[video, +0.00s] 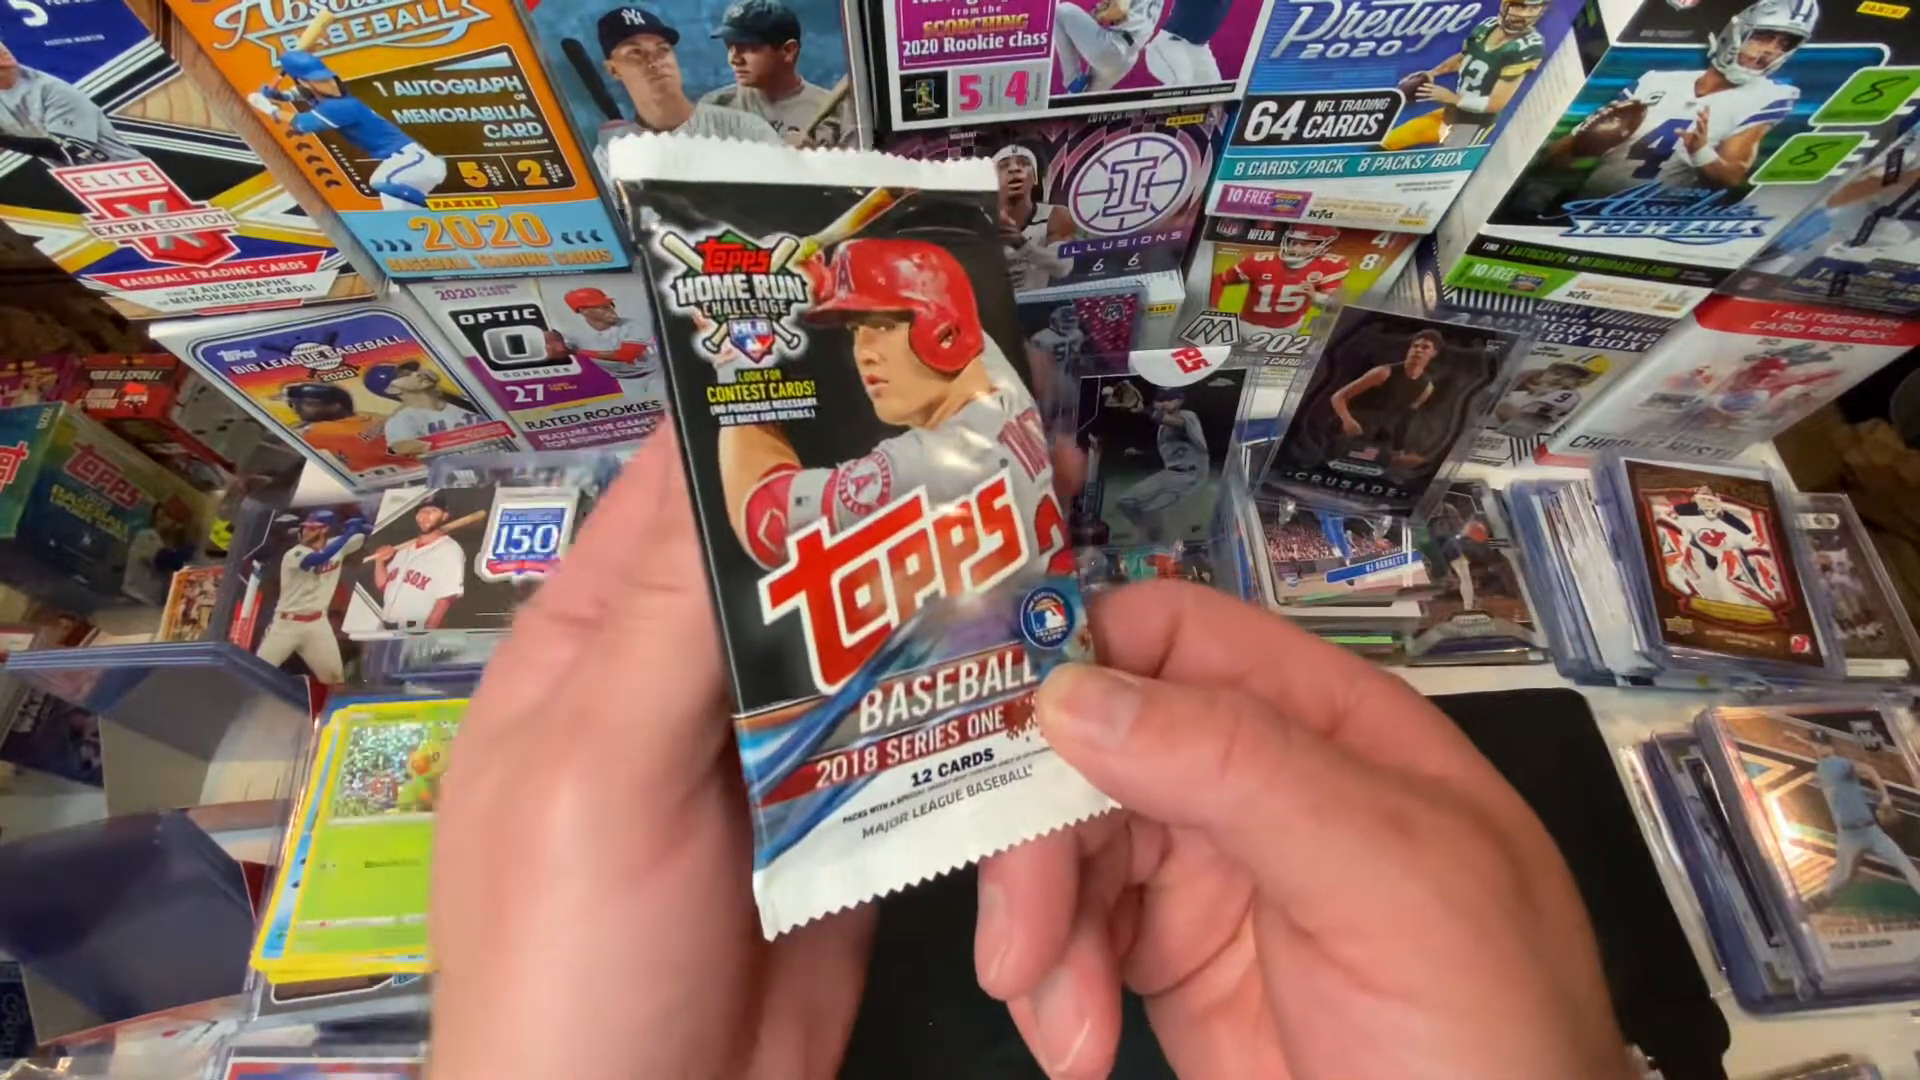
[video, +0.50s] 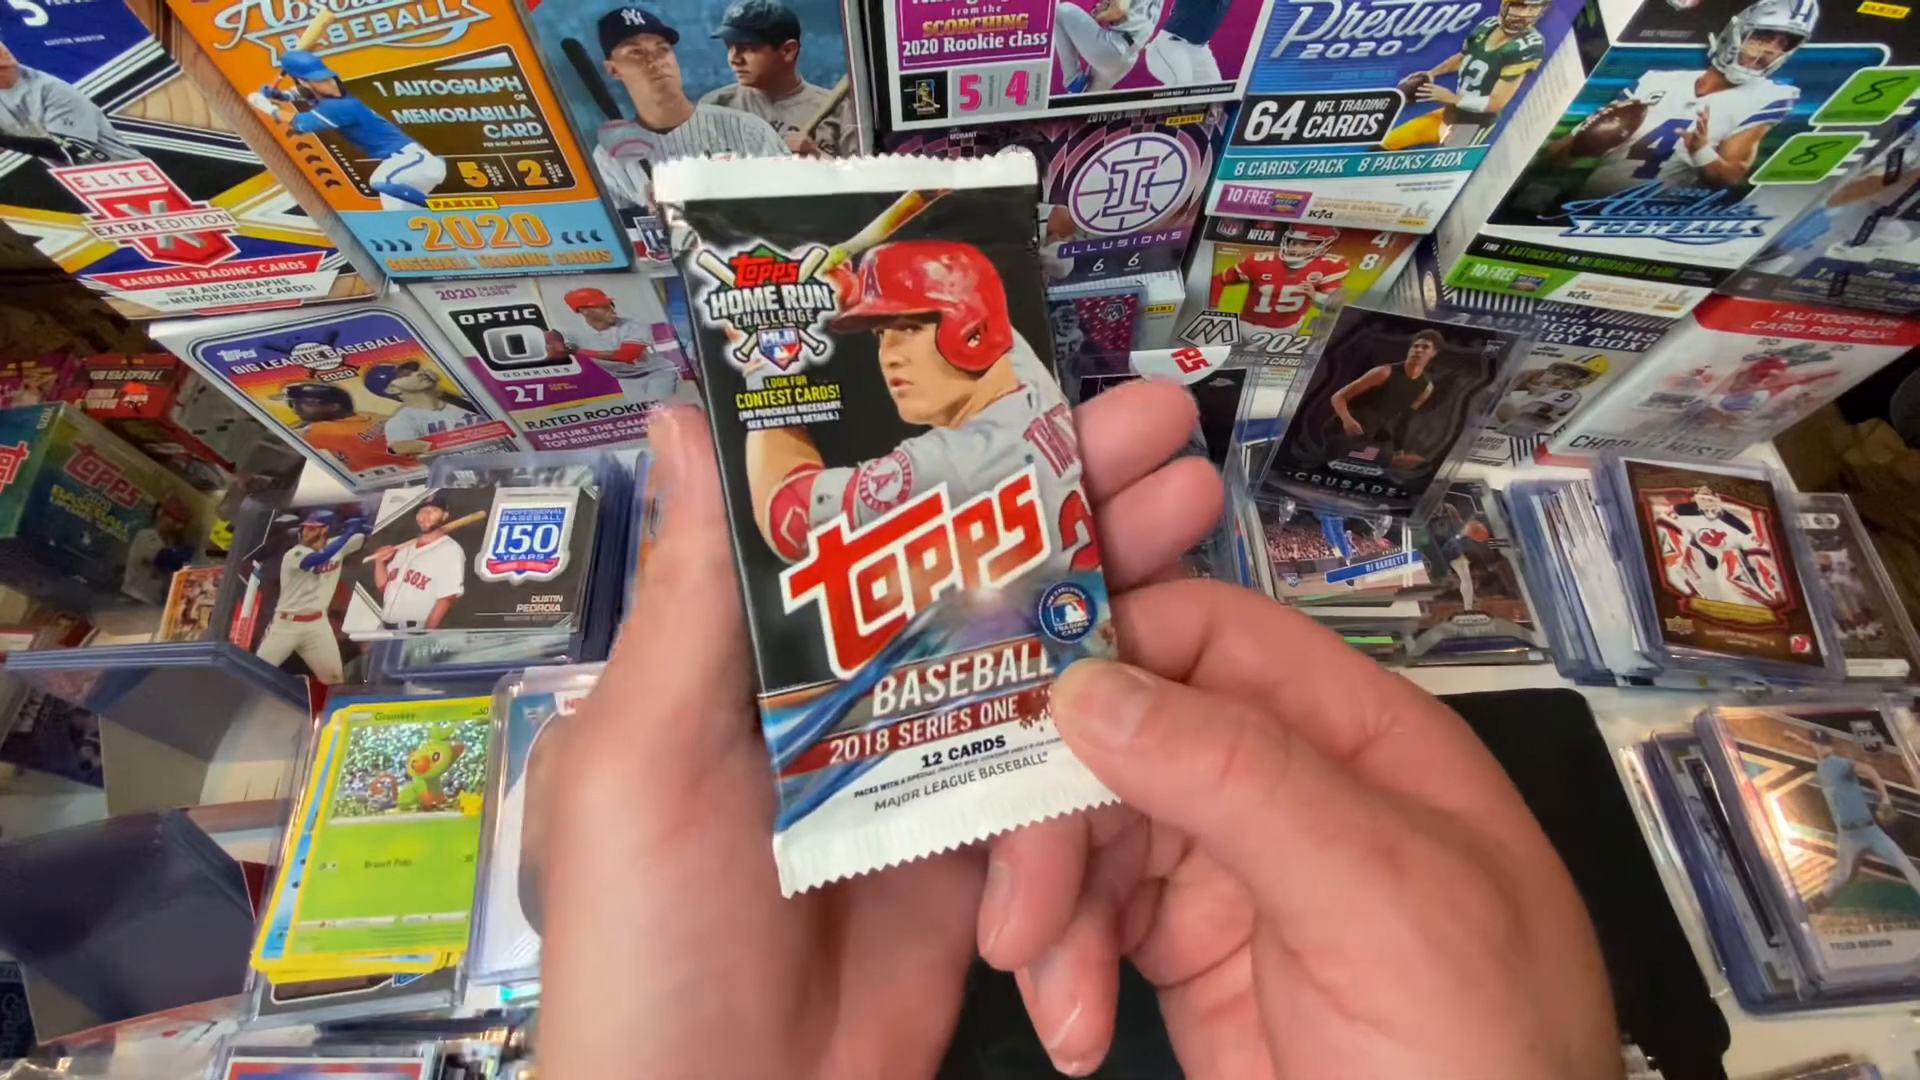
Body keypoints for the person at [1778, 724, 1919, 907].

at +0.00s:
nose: (1823, 749)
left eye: (1825, 744)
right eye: (1818, 746)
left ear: (1831, 745)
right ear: (1813, 748)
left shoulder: (1840, 764)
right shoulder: (1822, 767)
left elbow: (1869, 770)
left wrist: (1885, 797)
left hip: (1871, 829)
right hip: (1847, 834)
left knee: (1903, 863)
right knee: (1843, 876)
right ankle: (1824, 896)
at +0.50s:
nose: (1821, 749)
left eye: (1823, 744)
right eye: (1817, 745)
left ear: (1829, 744)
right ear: (1814, 747)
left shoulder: (1838, 764)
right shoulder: (1822, 768)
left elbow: (1869, 771)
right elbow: (1813, 746)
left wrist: (1884, 797)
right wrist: (1799, 739)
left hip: (1870, 829)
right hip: (1847, 834)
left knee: (1904, 864)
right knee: (1842, 875)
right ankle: (1823, 898)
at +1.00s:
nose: (1823, 750)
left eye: (1825, 745)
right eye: (1819, 746)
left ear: (1831, 745)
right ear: (1814, 748)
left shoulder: (1839, 764)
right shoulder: (1822, 767)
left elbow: (1868, 770)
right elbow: (1810, 745)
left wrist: (1885, 798)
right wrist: (1796, 737)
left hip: (1870, 829)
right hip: (1847, 834)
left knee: (1903, 862)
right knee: (1842, 875)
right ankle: (1824, 896)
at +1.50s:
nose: (1822, 749)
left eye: (1824, 744)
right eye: (1818, 746)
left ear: (1831, 745)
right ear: (1814, 748)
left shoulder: (1840, 764)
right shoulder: (1822, 767)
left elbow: (1869, 770)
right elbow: (1812, 746)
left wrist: (1884, 797)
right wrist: (1796, 738)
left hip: (1870, 829)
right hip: (1847, 834)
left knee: (1903, 862)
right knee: (1842, 874)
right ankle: (1825, 896)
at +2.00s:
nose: (1823, 749)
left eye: (1825, 744)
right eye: (1819, 745)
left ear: (1831, 745)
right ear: (1814, 748)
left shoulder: (1839, 764)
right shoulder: (1823, 767)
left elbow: (1868, 770)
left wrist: (1884, 797)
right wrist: (1796, 738)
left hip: (1871, 829)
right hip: (1847, 834)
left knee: (1904, 863)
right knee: (1842, 875)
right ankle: (1825, 896)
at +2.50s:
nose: (1823, 749)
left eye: (1826, 744)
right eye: (1819, 746)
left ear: (1831, 745)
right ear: (1814, 748)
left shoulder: (1839, 764)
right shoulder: (1823, 766)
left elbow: (1868, 770)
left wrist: (1885, 797)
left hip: (1870, 828)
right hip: (1847, 834)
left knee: (1904, 864)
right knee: (1843, 874)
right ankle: (1823, 897)